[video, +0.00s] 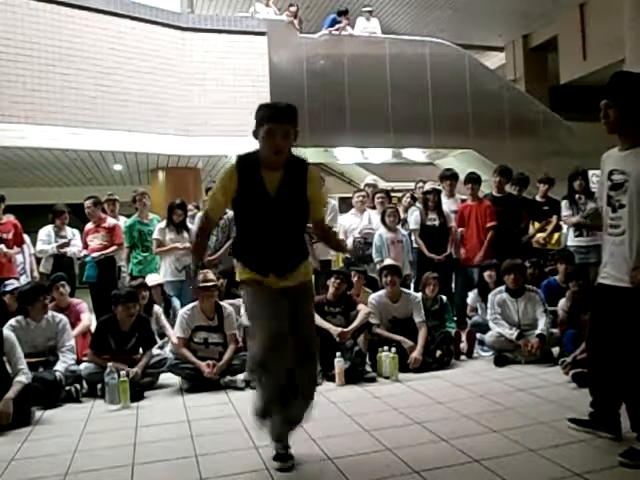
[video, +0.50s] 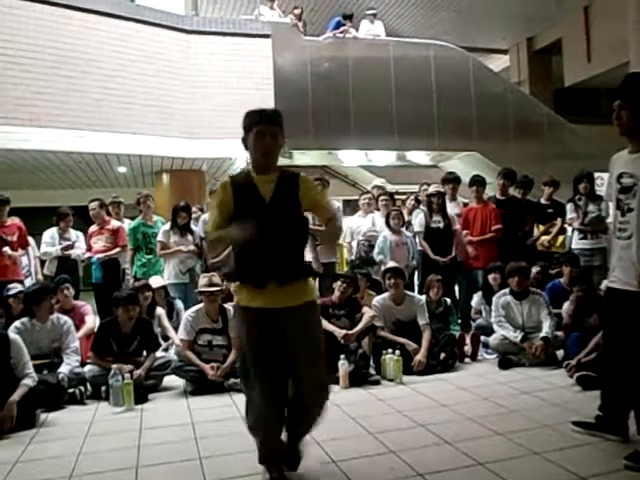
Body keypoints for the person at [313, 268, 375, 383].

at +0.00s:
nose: (338, 282)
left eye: (342, 281)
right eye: (336, 278)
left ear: (346, 287)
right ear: (328, 281)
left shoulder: (349, 300)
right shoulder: (318, 301)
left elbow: (366, 311)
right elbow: (313, 316)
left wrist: (349, 330)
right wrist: (332, 329)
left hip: (348, 345)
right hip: (327, 343)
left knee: (364, 323)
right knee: (321, 329)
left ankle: (360, 366)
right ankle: (326, 370)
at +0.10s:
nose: (339, 283)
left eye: (343, 281)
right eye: (337, 279)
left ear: (347, 287)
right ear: (329, 282)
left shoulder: (350, 300)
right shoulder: (318, 302)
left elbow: (366, 311)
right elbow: (311, 315)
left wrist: (350, 330)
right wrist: (332, 329)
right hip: (326, 348)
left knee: (364, 323)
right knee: (314, 327)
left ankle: (363, 364)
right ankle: (315, 366)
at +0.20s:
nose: (341, 285)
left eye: (345, 283)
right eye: (339, 281)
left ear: (349, 288)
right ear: (331, 283)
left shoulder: (351, 301)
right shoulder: (320, 303)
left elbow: (368, 313)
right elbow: (314, 317)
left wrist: (352, 332)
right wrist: (334, 331)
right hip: (328, 346)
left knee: (366, 324)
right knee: (319, 330)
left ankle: (362, 368)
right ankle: (326, 372)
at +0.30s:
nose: (344, 286)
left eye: (348, 284)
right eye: (342, 282)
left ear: (352, 290)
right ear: (334, 284)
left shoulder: (354, 302)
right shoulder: (323, 303)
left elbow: (371, 314)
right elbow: (317, 318)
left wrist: (354, 333)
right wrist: (336, 331)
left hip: (352, 346)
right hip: (331, 345)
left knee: (369, 325)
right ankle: (330, 373)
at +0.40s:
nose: (343, 286)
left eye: (348, 285)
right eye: (341, 282)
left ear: (352, 290)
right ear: (334, 284)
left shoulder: (354, 302)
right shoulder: (323, 303)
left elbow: (370, 314)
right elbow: (316, 318)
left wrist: (354, 333)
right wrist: (336, 331)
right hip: (331, 346)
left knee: (369, 325)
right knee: (324, 331)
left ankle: (364, 369)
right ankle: (329, 373)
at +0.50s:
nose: (344, 286)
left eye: (348, 285)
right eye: (342, 282)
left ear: (352, 290)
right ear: (334, 284)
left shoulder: (354, 303)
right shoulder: (323, 303)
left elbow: (371, 314)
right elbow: (317, 319)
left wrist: (354, 333)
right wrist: (337, 331)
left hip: (352, 347)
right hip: (331, 345)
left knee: (369, 325)